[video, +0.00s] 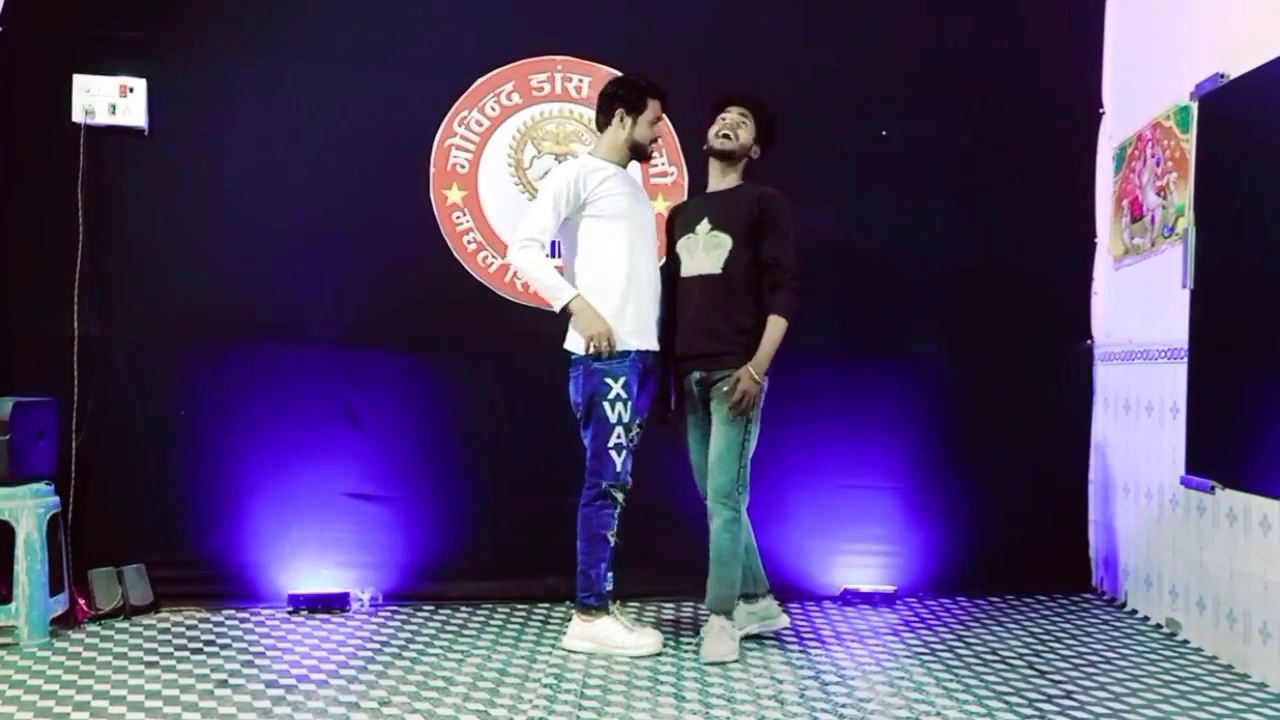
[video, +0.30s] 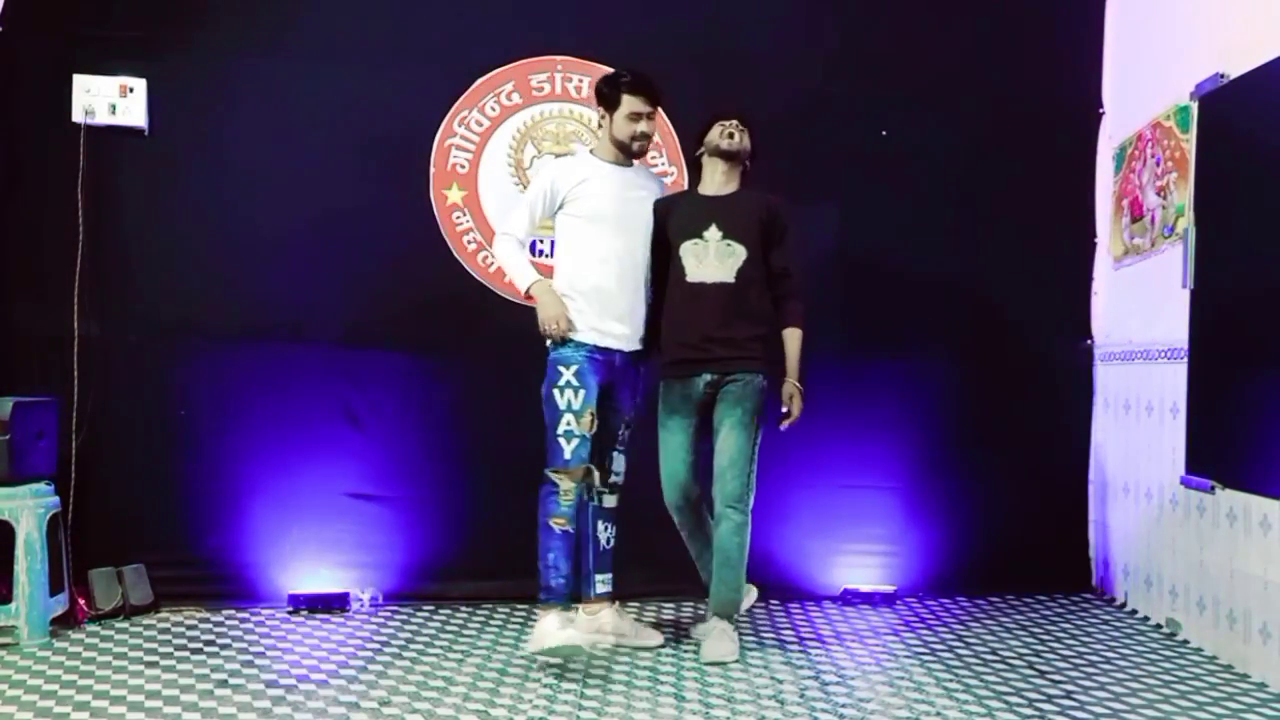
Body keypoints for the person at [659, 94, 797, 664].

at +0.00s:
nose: (727, 126)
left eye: (741, 124)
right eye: (722, 118)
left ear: (754, 147)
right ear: (706, 134)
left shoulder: (765, 203)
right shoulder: (680, 213)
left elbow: (784, 294)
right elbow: (670, 292)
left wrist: (759, 367)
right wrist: (669, 367)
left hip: (736, 367)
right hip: (686, 368)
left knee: (725, 494)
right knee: (715, 493)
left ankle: (719, 617)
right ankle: (759, 601)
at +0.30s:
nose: (731, 130)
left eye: (740, 129)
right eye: (722, 126)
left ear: (749, 154)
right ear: (700, 149)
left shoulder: (766, 210)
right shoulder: (667, 208)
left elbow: (788, 293)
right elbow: (640, 280)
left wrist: (791, 373)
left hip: (744, 369)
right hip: (678, 368)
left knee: (732, 494)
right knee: (677, 494)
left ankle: (720, 620)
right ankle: (732, 590)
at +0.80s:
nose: (698, 154)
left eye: (709, 146)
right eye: (696, 145)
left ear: (740, 154)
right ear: (697, 152)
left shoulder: (765, 225)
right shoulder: (674, 214)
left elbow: (784, 312)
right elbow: (649, 291)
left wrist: (786, 397)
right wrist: (639, 357)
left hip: (739, 360)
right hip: (679, 366)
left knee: (727, 461)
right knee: (700, 492)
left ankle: (737, 592)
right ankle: (727, 600)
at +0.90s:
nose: (698, 157)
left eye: (710, 149)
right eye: (697, 148)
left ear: (741, 157)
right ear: (696, 154)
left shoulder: (766, 225)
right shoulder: (677, 213)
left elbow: (784, 314)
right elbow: (655, 288)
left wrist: (784, 400)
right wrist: (641, 353)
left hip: (741, 351)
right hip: (685, 358)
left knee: (718, 426)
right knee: (701, 491)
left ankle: (761, 533)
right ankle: (732, 603)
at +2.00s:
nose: (742, 162)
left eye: (754, 156)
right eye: (745, 153)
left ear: (786, 168)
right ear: (756, 162)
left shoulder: (796, 246)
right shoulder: (714, 207)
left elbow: (803, 334)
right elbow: (664, 255)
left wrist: (797, 420)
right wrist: (630, 308)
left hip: (755, 370)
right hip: (696, 372)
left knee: (773, 477)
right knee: (706, 497)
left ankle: (794, 598)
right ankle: (733, 603)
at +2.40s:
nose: (737, 145)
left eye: (746, 135)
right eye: (738, 135)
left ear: (777, 141)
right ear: (768, 143)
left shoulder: (824, 217)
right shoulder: (735, 207)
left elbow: (850, 314)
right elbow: (719, 292)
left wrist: (838, 399)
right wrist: (699, 357)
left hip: (793, 377)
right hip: (728, 374)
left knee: (798, 505)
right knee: (723, 499)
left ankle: (802, 622)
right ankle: (736, 606)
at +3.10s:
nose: (720, 143)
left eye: (728, 133)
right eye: (722, 133)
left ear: (758, 139)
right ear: (752, 140)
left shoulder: (807, 201)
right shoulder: (744, 203)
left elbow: (885, 263)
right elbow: (757, 281)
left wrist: (823, 325)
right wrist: (729, 335)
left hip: (784, 377)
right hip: (733, 372)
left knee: (793, 505)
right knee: (731, 498)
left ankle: (802, 623)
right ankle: (740, 609)